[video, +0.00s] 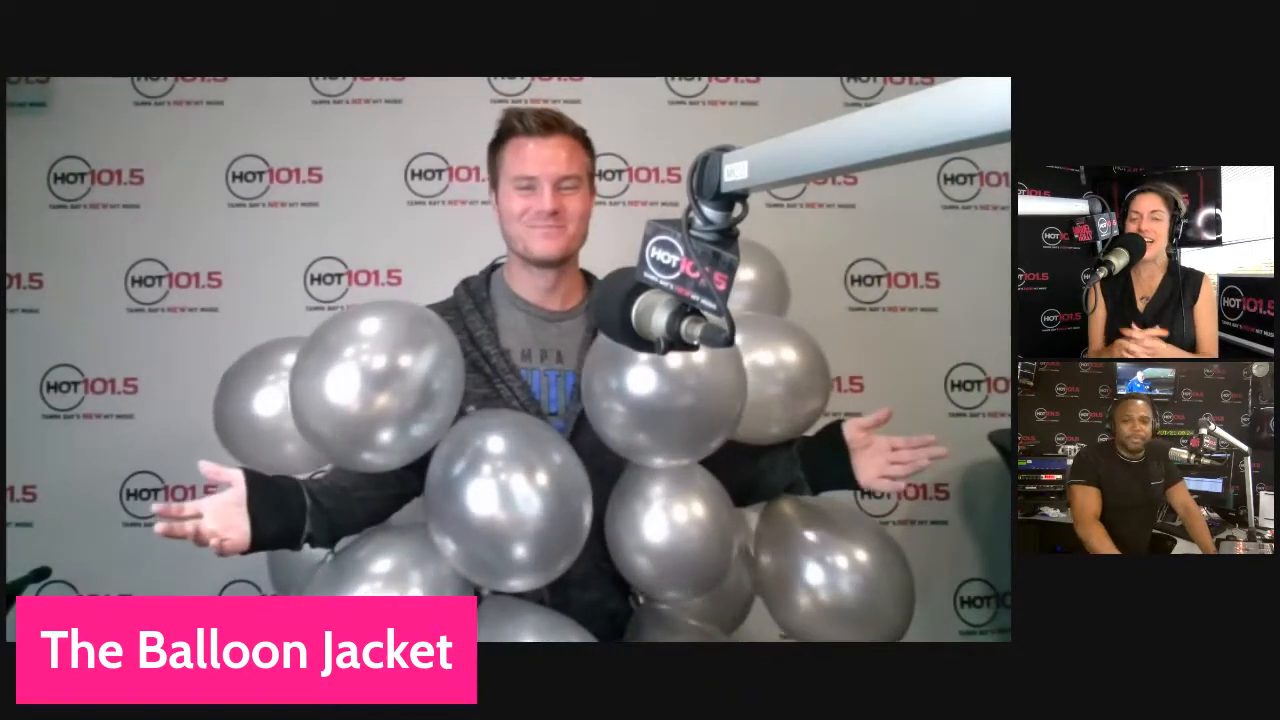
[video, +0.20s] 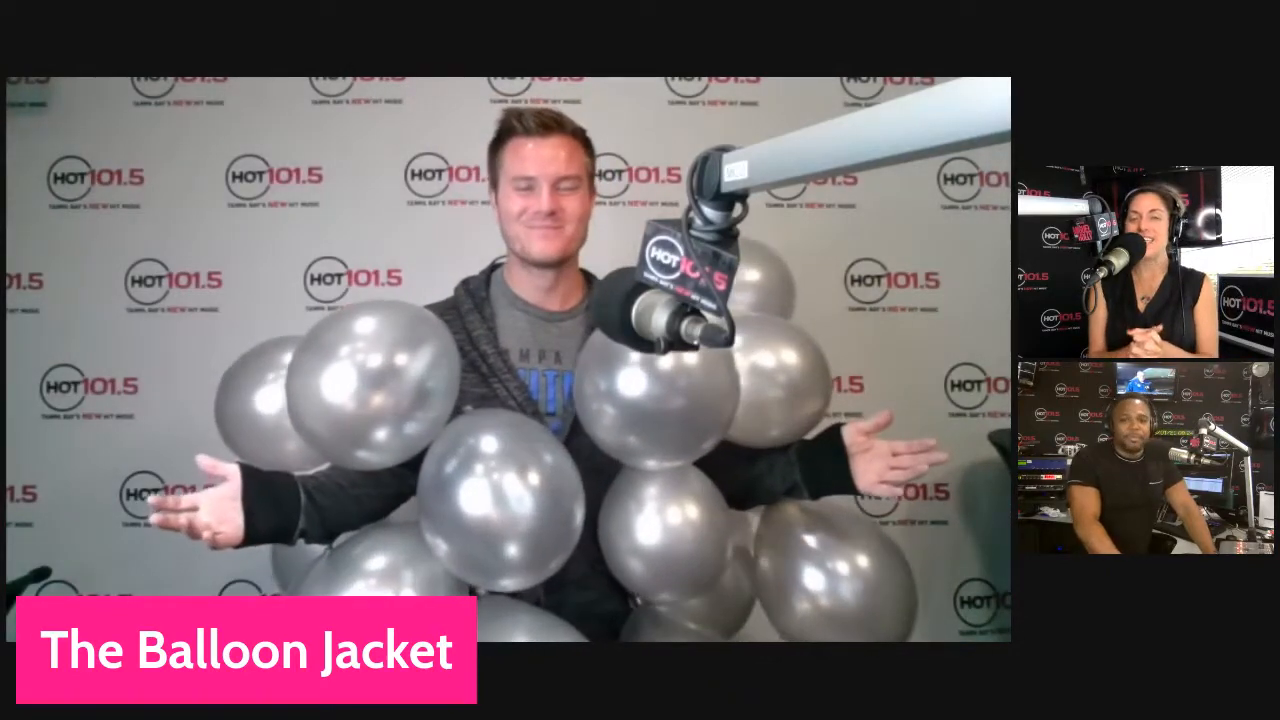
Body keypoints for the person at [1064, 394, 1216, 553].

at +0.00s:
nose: (1137, 428)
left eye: (1144, 421)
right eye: (1127, 421)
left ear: (1153, 427)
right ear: (1113, 426)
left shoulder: (1159, 459)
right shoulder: (1091, 460)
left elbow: (1188, 509)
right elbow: (1087, 524)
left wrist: (1212, 553)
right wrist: (1121, 565)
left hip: (1143, 557)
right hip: (1099, 557)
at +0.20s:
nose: (1135, 427)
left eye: (1142, 420)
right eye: (1125, 420)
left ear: (1151, 426)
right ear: (1112, 426)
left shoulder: (1158, 459)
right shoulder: (1089, 460)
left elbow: (1188, 509)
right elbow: (1087, 524)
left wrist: (1212, 553)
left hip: (1143, 556)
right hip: (1099, 557)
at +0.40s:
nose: (1134, 429)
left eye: (1142, 422)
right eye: (1125, 422)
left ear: (1151, 427)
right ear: (1111, 427)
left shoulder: (1158, 458)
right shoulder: (1088, 461)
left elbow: (1188, 509)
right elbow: (1086, 525)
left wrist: (1211, 553)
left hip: (1144, 556)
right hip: (1100, 557)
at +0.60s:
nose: (1135, 430)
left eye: (1142, 423)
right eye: (1125, 422)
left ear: (1151, 428)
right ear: (1111, 427)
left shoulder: (1158, 457)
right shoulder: (1088, 461)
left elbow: (1188, 509)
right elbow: (1086, 525)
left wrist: (1211, 553)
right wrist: (1120, 565)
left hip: (1143, 556)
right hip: (1099, 557)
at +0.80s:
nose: (1136, 431)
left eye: (1144, 423)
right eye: (1126, 423)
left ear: (1152, 428)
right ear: (1111, 428)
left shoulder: (1158, 458)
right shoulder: (1088, 461)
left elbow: (1188, 509)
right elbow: (1086, 525)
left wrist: (1211, 553)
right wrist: (1120, 565)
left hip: (1143, 556)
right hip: (1099, 557)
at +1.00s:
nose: (1137, 431)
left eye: (1144, 424)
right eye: (1127, 423)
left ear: (1153, 429)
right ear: (1111, 427)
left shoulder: (1158, 458)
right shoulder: (1088, 461)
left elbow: (1188, 509)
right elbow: (1086, 525)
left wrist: (1211, 553)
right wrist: (1120, 566)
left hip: (1143, 557)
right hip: (1098, 559)